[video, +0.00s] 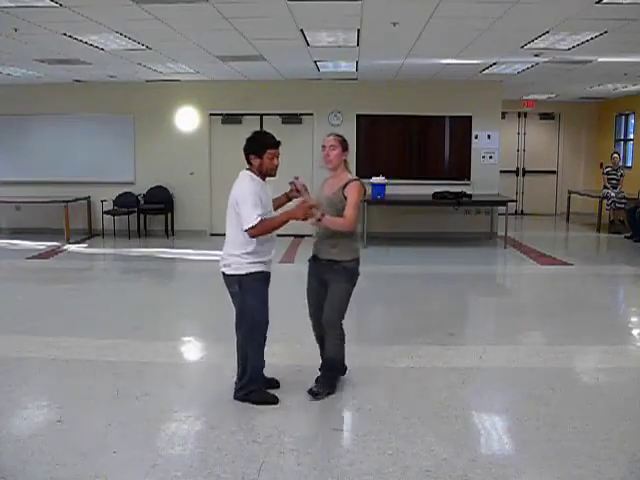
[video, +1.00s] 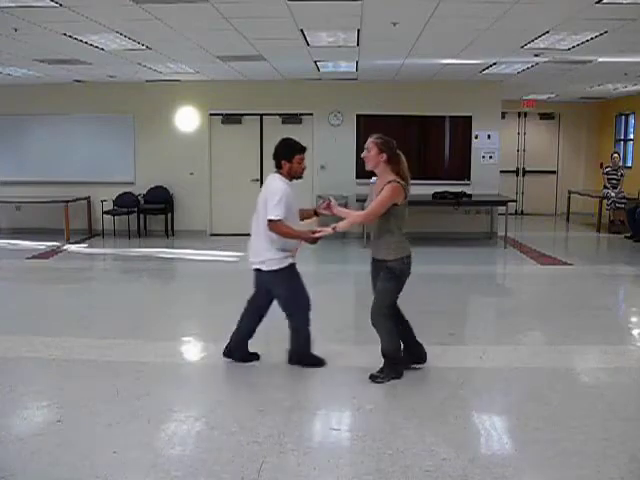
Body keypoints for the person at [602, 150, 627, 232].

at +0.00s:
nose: (615, 160)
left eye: (616, 158)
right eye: (613, 158)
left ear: (619, 160)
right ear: (611, 160)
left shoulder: (621, 171)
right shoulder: (607, 169)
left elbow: (621, 183)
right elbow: (605, 182)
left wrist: (617, 190)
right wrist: (611, 189)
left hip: (617, 188)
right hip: (608, 188)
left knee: (622, 196)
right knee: (612, 196)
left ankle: (621, 217)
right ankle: (611, 217)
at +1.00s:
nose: (615, 160)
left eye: (616, 158)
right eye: (613, 158)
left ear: (619, 160)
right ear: (611, 160)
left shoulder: (621, 170)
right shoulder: (606, 169)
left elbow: (621, 183)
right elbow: (605, 182)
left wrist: (617, 190)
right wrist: (611, 189)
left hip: (617, 188)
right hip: (608, 188)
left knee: (622, 196)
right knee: (611, 196)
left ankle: (621, 216)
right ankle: (611, 216)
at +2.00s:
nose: (615, 160)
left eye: (616, 158)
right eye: (613, 158)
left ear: (619, 160)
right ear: (611, 160)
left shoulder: (621, 170)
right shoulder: (606, 169)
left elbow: (621, 184)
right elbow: (605, 182)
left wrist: (617, 190)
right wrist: (611, 190)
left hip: (617, 188)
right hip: (608, 188)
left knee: (622, 196)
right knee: (611, 196)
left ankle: (621, 216)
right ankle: (611, 215)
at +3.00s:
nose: (615, 160)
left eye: (616, 158)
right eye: (613, 158)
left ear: (619, 160)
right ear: (611, 160)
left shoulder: (621, 170)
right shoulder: (606, 169)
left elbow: (621, 183)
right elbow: (605, 182)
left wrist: (617, 191)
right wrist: (611, 190)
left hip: (617, 188)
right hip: (608, 188)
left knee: (622, 196)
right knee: (611, 195)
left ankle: (621, 216)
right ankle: (611, 215)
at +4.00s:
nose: (615, 160)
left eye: (617, 158)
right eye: (613, 158)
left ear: (619, 160)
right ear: (611, 160)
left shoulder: (621, 170)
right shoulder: (606, 169)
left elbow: (621, 183)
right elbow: (605, 182)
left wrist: (617, 190)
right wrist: (611, 189)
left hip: (617, 188)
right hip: (608, 187)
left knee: (622, 196)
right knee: (611, 196)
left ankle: (621, 216)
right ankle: (611, 216)